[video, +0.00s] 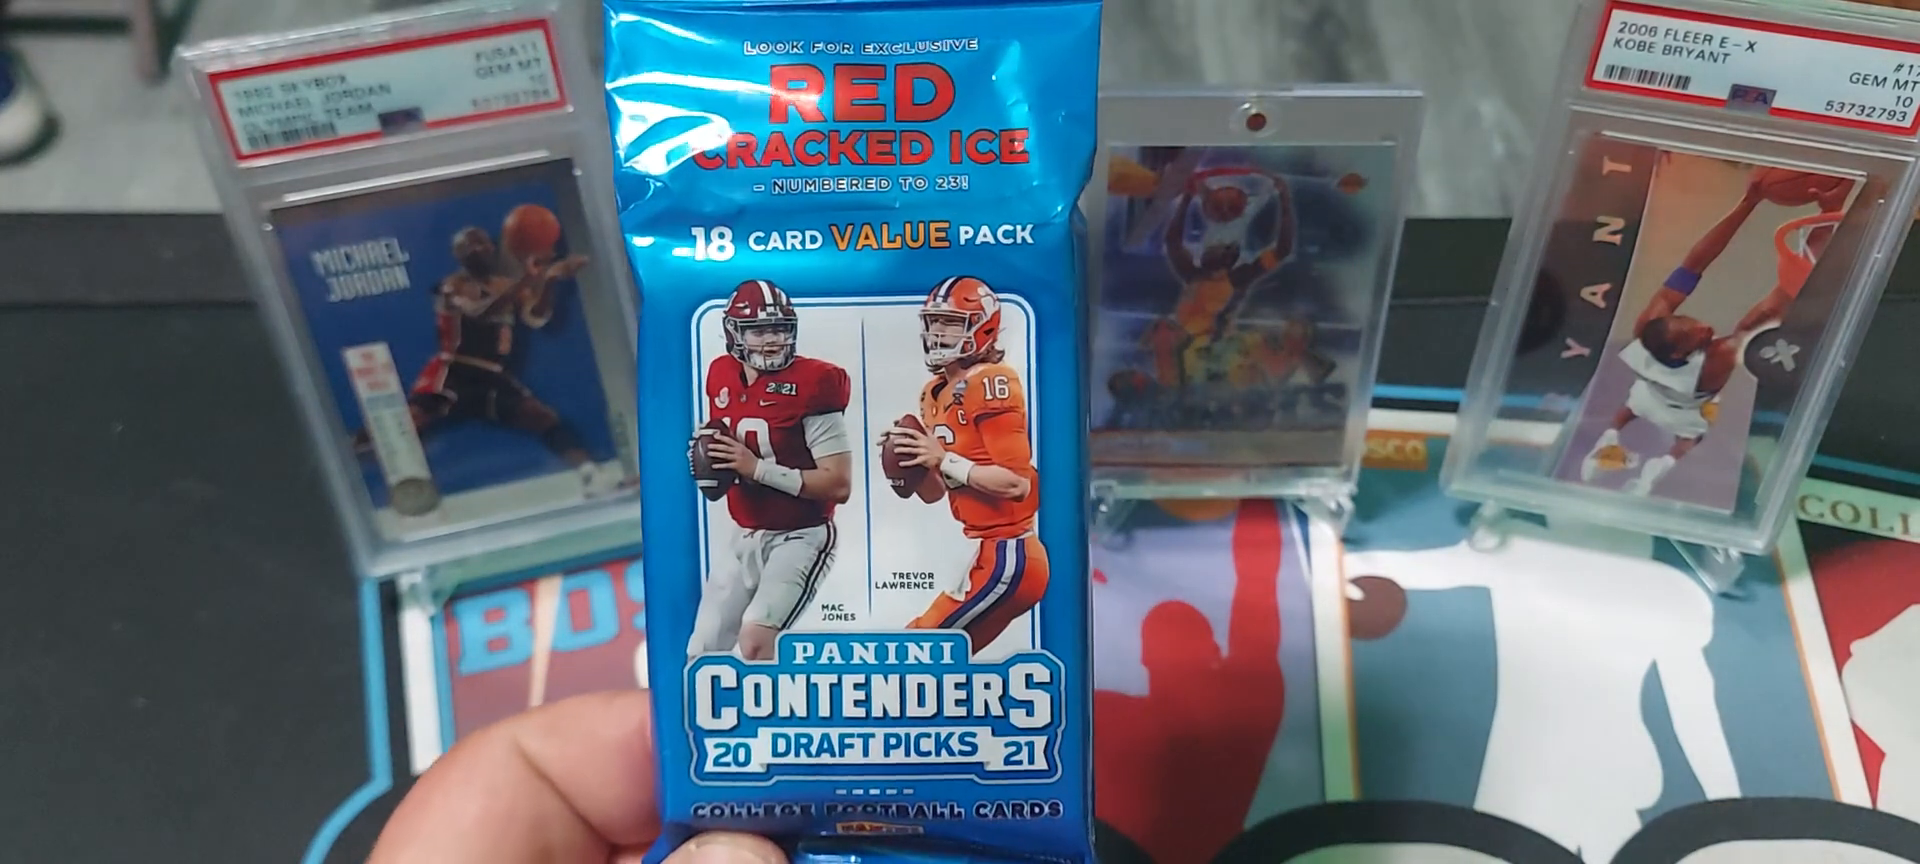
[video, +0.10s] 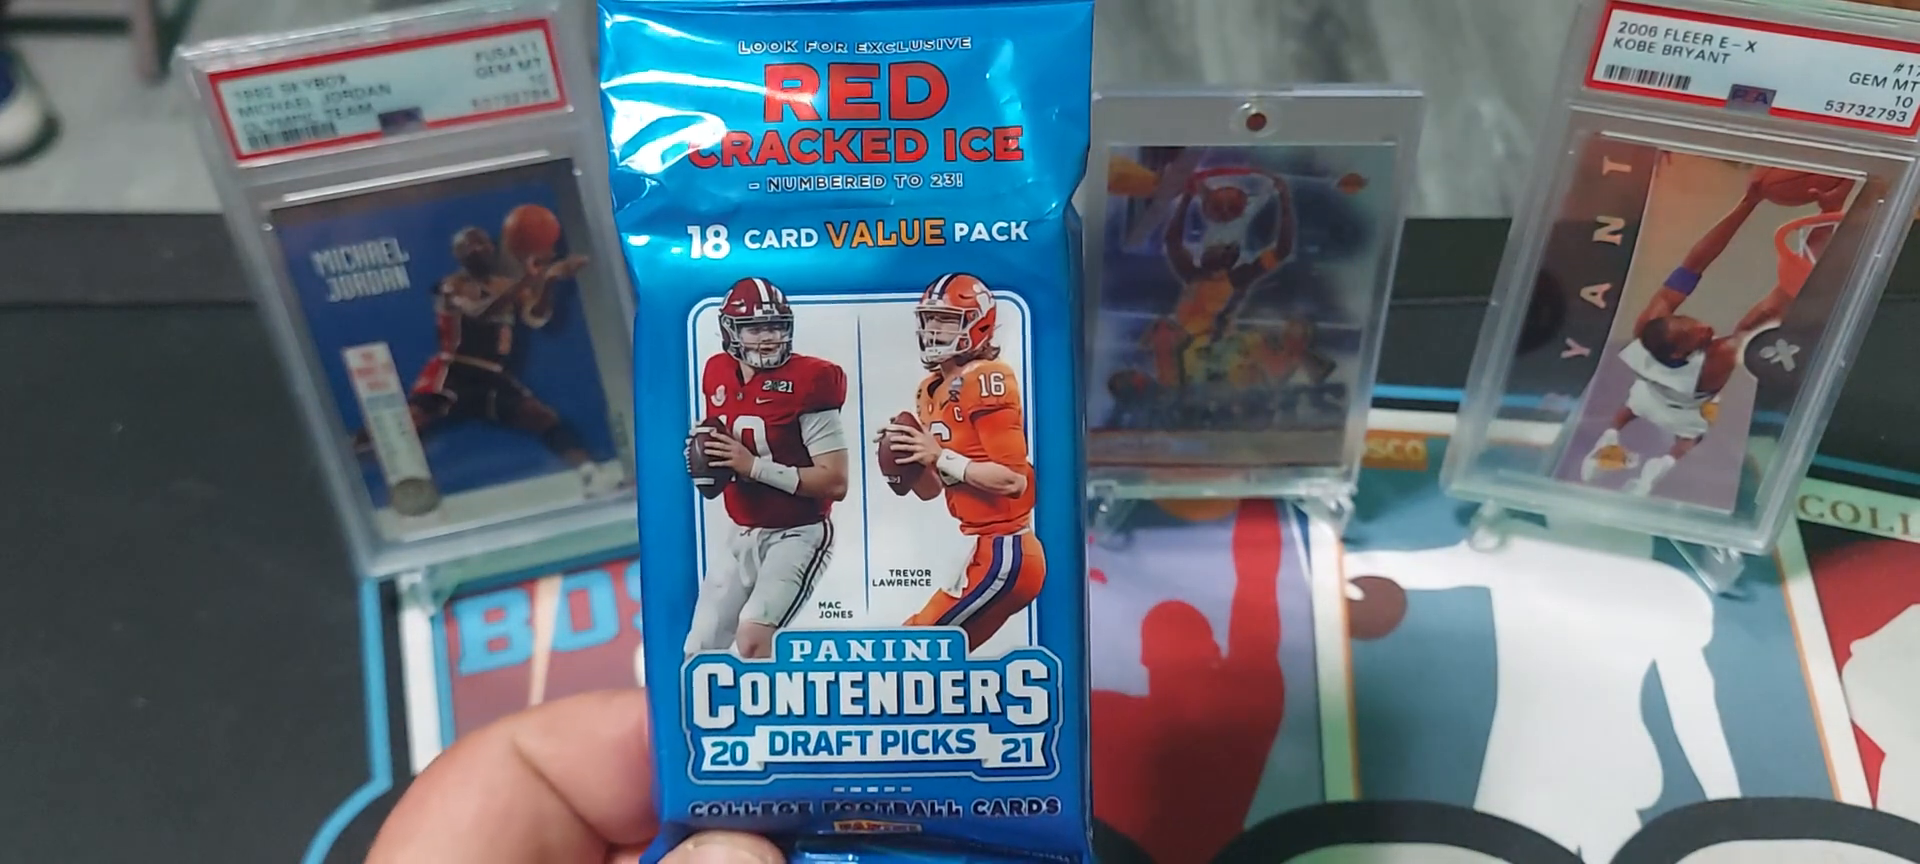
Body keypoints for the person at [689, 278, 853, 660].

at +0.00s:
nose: (770, 340)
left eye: (779, 329)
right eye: (758, 330)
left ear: (791, 331)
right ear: (735, 333)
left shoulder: (816, 382)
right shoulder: (722, 373)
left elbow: (839, 485)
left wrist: (756, 468)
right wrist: (704, 453)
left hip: (804, 537)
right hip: (745, 538)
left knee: (755, 642)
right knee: (703, 652)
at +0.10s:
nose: (767, 337)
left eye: (775, 327)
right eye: (754, 328)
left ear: (787, 329)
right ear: (731, 331)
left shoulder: (812, 380)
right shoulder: (718, 371)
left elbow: (835, 483)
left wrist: (753, 466)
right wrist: (700, 452)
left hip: (801, 534)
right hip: (742, 536)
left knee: (752, 639)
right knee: (700, 649)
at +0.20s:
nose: (764, 338)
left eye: (773, 328)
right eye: (752, 328)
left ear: (785, 329)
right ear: (729, 331)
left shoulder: (811, 380)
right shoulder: (715, 372)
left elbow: (834, 483)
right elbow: (713, 439)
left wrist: (752, 467)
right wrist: (698, 452)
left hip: (800, 536)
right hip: (740, 538)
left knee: (751, 642)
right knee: (699, 653)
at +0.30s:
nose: (767, 337)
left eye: (776, 327)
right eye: (755, 328)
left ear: (789, 329)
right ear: (732, 331)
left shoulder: (814, 380)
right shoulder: (719, 372)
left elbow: (838, 483)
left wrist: (755, 467)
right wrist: (702, 452)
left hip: (803, 536)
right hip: (744, 538)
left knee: (755, 642)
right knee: (702, 654)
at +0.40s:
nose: (774, 338)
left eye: (783, 327)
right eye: (761, 328)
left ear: (795, 329)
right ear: (738, 331)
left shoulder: (821, 380)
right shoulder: (725, 372)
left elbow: (845, 485)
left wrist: (762, 468)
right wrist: (708, 454)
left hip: (810, 539)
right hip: (749, 540)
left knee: (761, 643)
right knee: (708, 656)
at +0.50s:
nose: (770, 335)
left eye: (778, 325)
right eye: (757, 326)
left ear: (791, 326)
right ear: (734, 329)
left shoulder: (818, 379)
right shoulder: (721, 371)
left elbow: (843, 484)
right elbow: (718, 436)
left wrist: (759, 467)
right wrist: (704, 452)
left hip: (808, 538)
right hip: (747, 539)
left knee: (760, 646)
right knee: (707, 657)